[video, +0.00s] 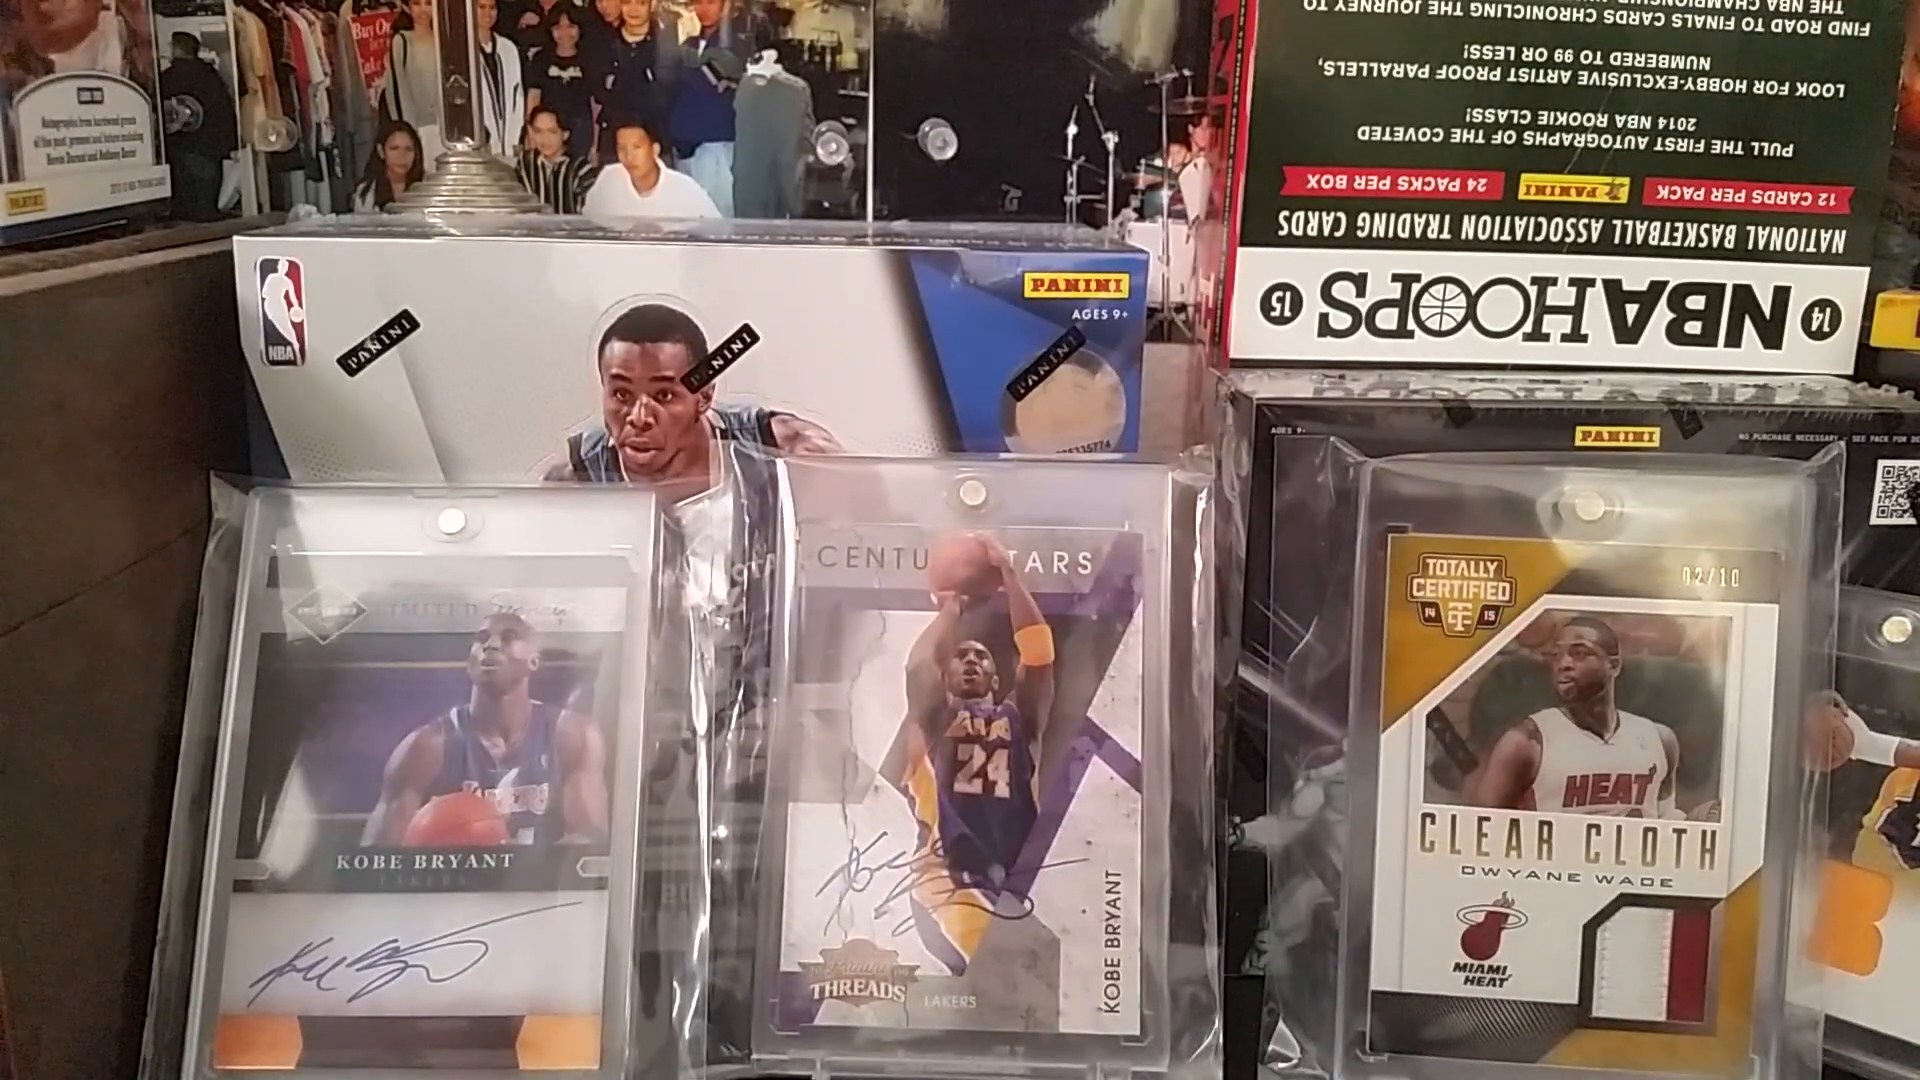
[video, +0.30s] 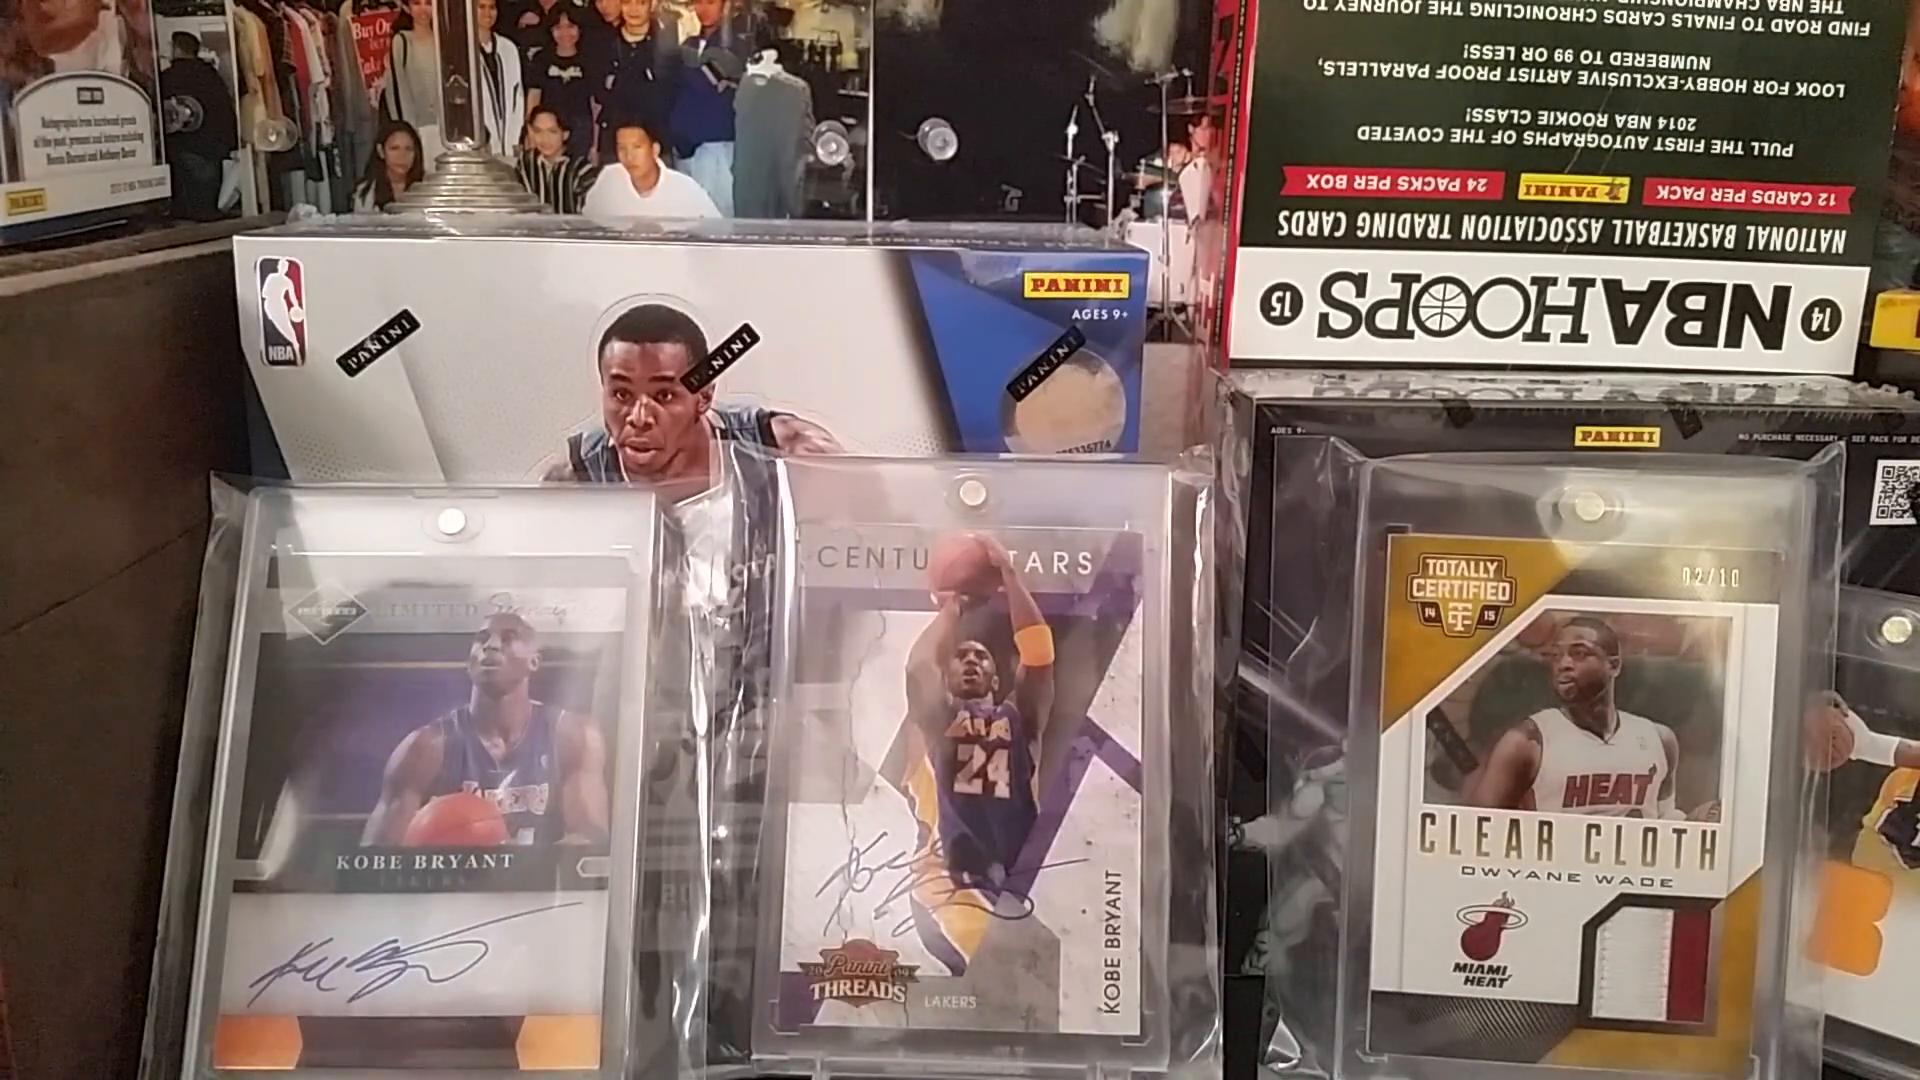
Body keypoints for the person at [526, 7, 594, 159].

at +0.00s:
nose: (564, 32)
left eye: (570, 26)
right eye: (558, 27)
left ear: (578, 30)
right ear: (552, 32)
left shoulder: (588, 60)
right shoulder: (541, 59)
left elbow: (597, 103)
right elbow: (533, 97)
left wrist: (595, 146)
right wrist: (531, 134)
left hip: (580, 129)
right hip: (548, 131)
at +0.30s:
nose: (564, 33)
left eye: (570, 26)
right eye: (558, 28)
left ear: (579, 30)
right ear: (552, 32)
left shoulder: (589, 60)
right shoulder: (541, 59)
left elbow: (596, 104)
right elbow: (533, 97)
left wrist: (595, 145)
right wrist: (531, 135)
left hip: (580, 130)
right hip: (548, 132)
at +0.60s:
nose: (564, 33)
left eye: (569, 27)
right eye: (558, 27)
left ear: (578, 30)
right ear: (552, 32)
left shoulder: (589, 62)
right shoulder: (541, 60)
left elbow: (596, 104)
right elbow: (533, 98)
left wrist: (595, 145)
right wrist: (530, 135)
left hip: (579, 129)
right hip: (548, 130)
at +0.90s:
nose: (564, 33)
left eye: (570, 26)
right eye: (558, 27)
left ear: (579, 30)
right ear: (552, 32)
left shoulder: (589, 60)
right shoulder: (541, 59)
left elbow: (597, 104)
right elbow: (533, 97)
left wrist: (596, 145)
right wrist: (531, 134)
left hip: (580, 131)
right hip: (548, 133)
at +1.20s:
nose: (566, 33)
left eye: (571, 27)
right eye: (560, 28)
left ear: (580, 32)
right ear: (553, 33)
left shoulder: (589, 62)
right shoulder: (542, 61)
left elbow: (597, 105)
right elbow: (534, 99)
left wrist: (596, 146)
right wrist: (531, 136)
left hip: (581, 133)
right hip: (549, 134)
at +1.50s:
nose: (565, 33)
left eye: (571, 27)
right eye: (560, 28)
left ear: (580, 31)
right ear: (553, 32)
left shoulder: (590, 62)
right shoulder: (543, 60)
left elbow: (597, 104)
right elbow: (534, 97)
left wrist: (596, 145)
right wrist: (531, 134)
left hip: (581, 131)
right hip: (549, 133)